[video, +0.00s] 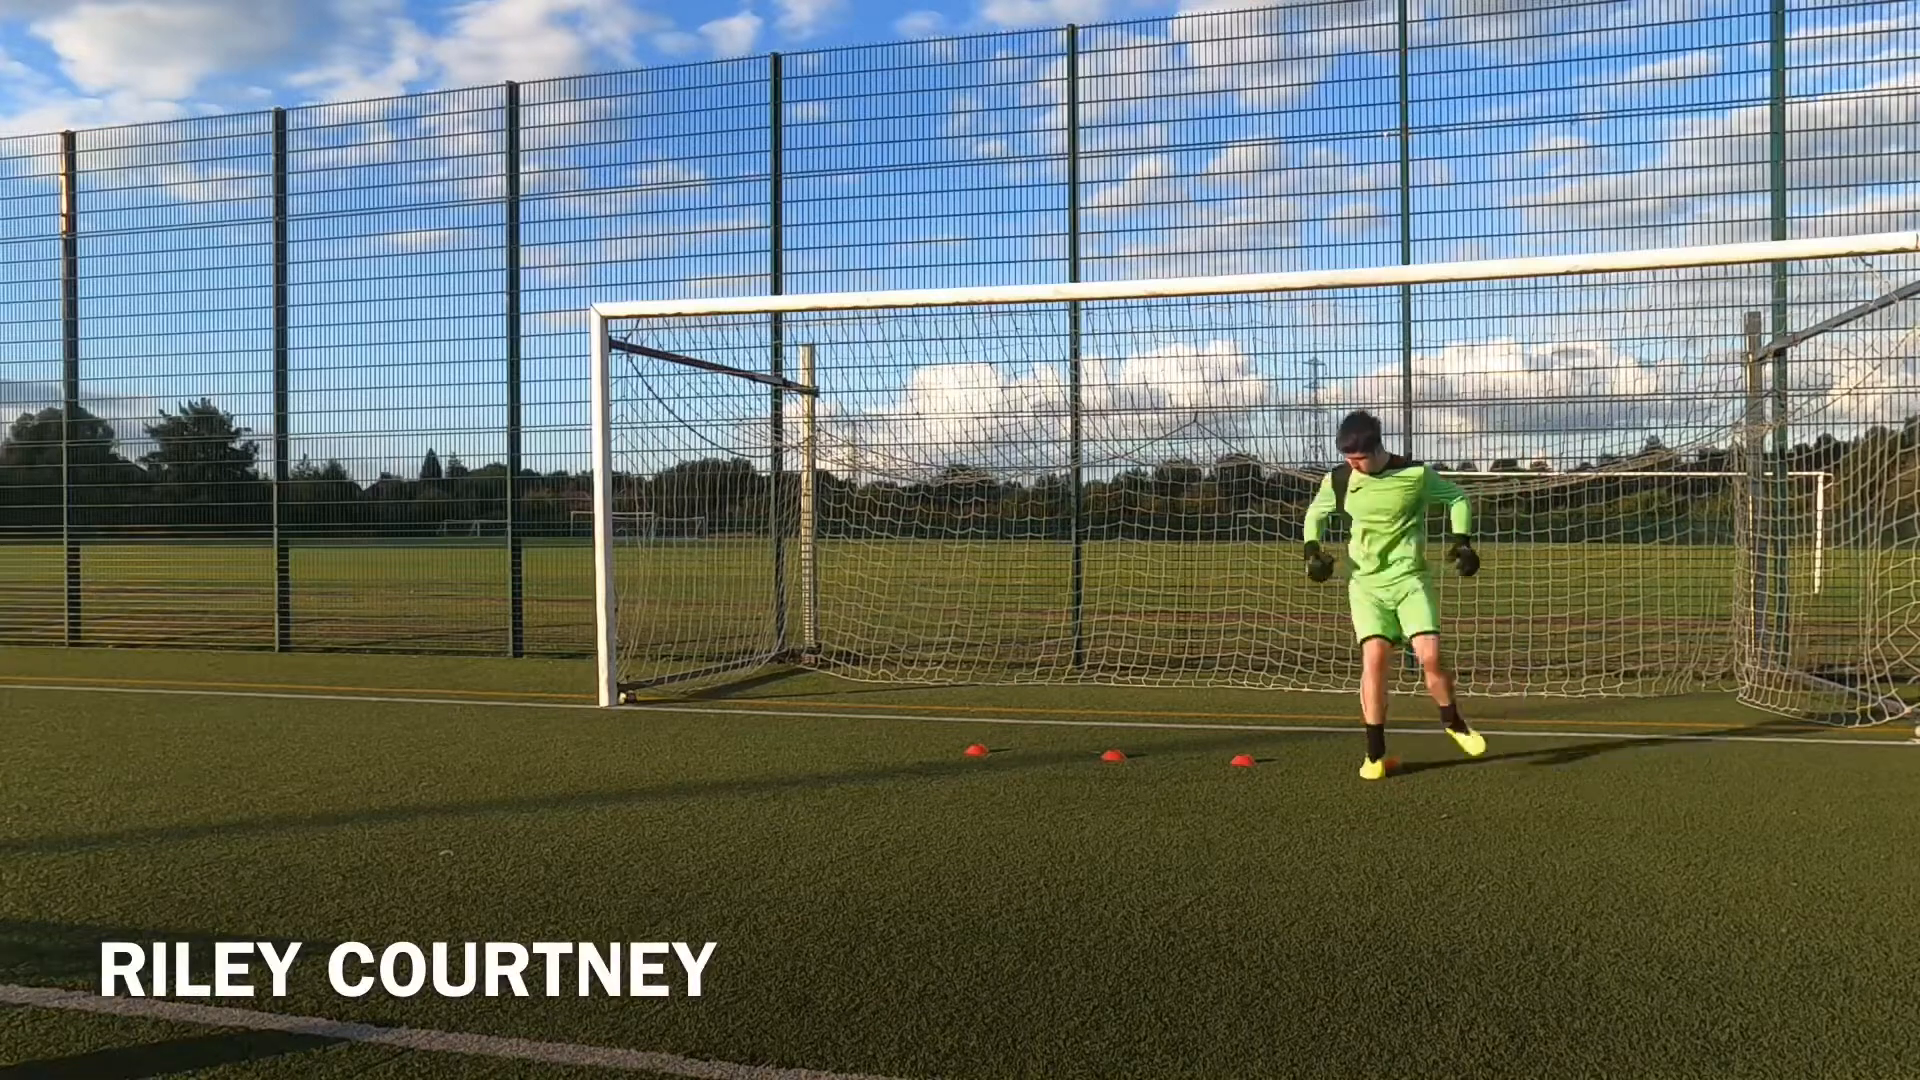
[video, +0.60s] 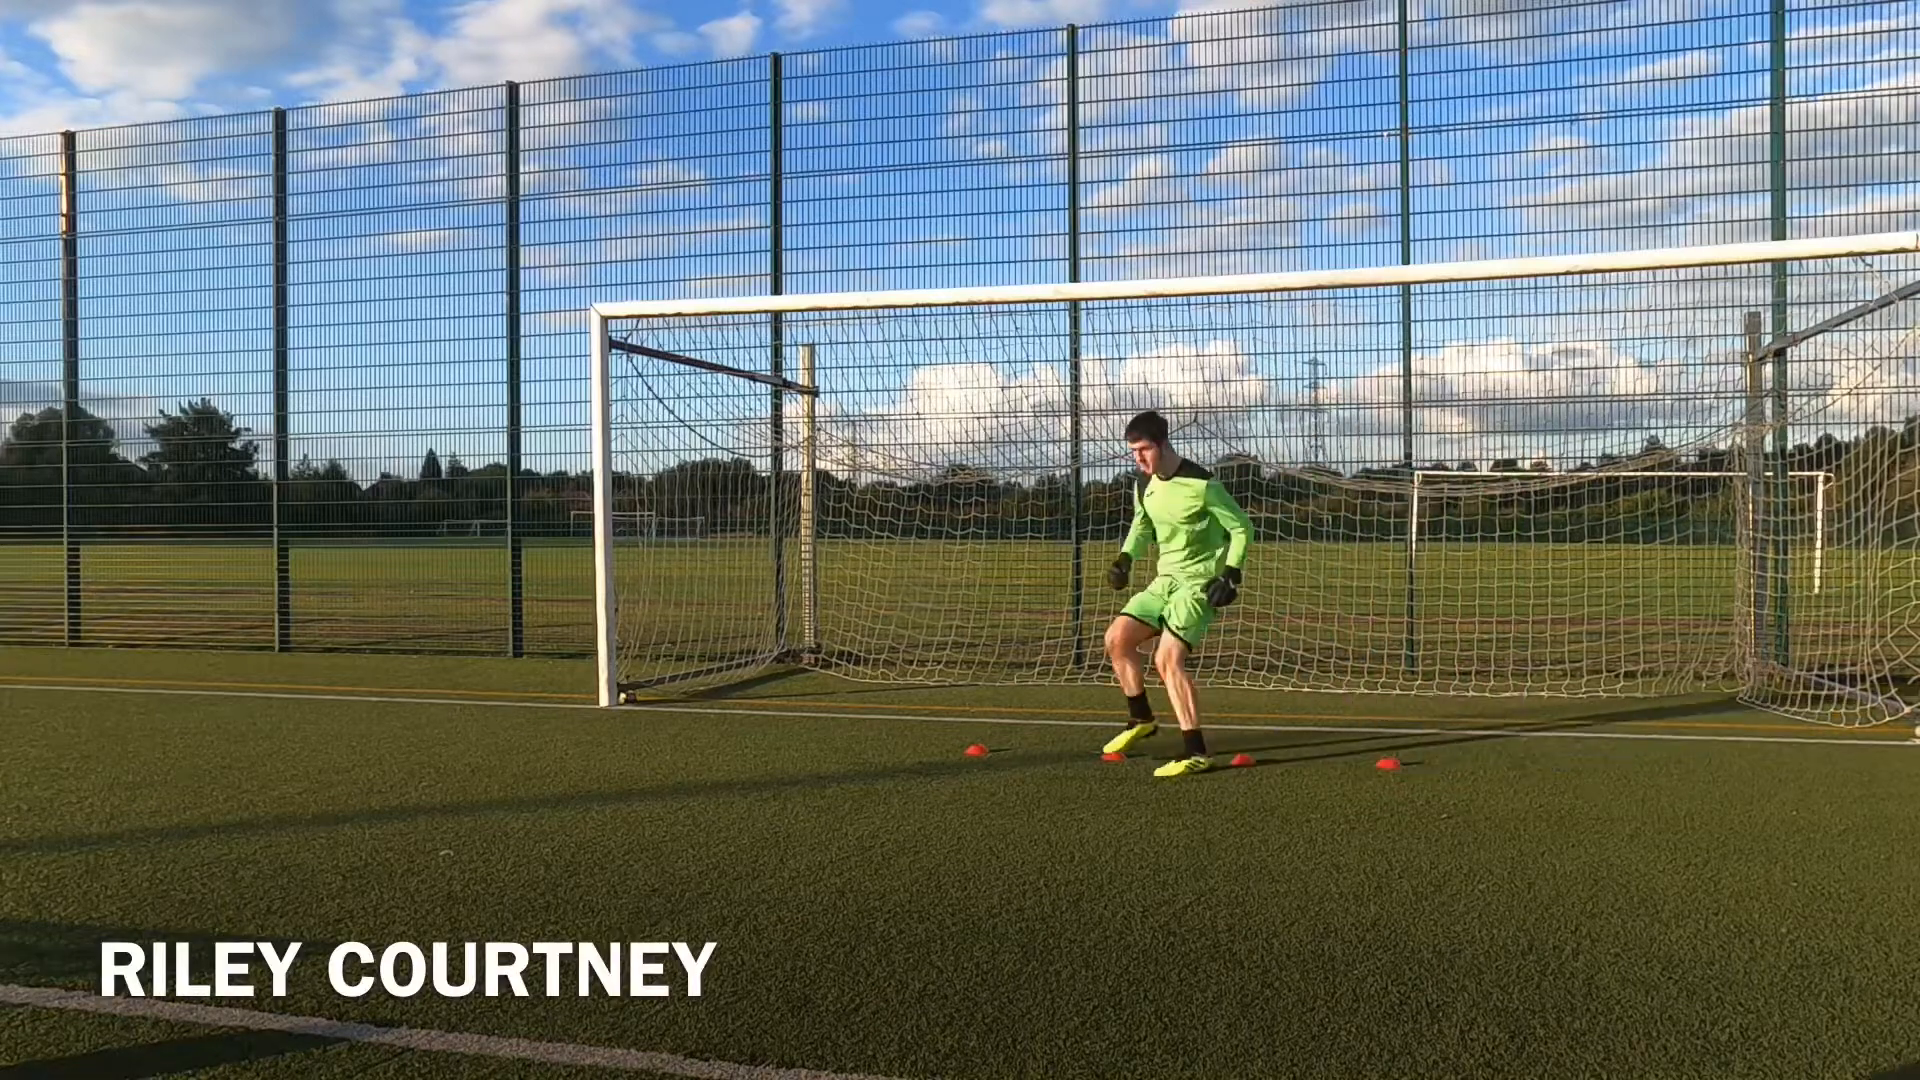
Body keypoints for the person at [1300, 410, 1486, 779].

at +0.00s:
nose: (1354, 463)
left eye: (1360, 456)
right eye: (1349, 456)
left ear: (1378, 447)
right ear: (1343, 452)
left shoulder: (1416, 476)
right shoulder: (1339, 480)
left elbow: (1457, 498)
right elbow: (1315, 514)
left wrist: (1461, 540)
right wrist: (1313, 548)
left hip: (1410, 581)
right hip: (1366, 585)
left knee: (1431, 655)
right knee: (1375, 654)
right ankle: (1375, 753)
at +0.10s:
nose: (1321, 466)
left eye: (1327, 459)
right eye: (1316, 459)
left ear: (1345, 448)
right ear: (1311, 455)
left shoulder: (1384, 476)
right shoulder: (1310, 479)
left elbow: (1429, 511)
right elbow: (1290, 515)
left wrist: (1423, 552)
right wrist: (1274, 546)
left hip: (1380, 573)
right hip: (1339, 576)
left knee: (1378, 649)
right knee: (1347, 649)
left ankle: (1382, 728)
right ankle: (1353, 742)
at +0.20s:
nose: (1286, 470)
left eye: (1292, 463)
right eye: (1281, 463)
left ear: (1312, 455)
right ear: (1278, 459)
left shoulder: (1349, 486)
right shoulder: (1280, 487)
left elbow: (1392, 522)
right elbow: (1269, 524)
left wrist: (1372, 554)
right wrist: (1253, 544)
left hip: (1351, 583)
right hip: (1308, 583)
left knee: (1346, 670)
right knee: (1292, 645)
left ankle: (1373, 742)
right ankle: (1302, 717)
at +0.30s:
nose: (1247, 464)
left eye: (1252, 457)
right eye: (1243, 458)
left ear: (1272, 446)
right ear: (1242, 455)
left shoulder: (1315, 483)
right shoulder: (1251, 480)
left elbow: (1352, 521)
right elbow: (1246, 516)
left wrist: (1334, 557)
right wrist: (1229, 546)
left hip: (1316, 589)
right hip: (1273, 586)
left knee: (1324, 669)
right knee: (1248, 658)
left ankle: (1368, 739)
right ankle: (1257, 721)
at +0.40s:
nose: (1206, 452)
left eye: (1210, 444)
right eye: (1202, 445)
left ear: (1231, 435)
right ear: (1204, 442)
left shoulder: (1274, 470)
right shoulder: (1213, 471)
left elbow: (1316, 500)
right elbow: (1209, 509)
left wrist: (1309, 546)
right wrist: (1199, 545)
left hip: (1273, 579)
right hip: (1235, 580)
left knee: (1264, 658)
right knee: (1235, 660)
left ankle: (1309, 700)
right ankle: (1253, 726)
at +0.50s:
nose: (1170, 455)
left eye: (1173, 447)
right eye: (1166, 449)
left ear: (1193, 436)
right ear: (1169, 443)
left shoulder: (1240, 467)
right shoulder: (1177, 472)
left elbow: (1281, 501)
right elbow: (1176, 510)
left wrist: (1274, 548)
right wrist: (1166, 545)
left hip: (1237, 568)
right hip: (1201, 569)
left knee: (1208, 637)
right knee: (1181, 651)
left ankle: (1218, 721)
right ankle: (1221, 703)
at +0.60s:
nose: (1139, 459)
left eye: (1144, 450)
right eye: (1134, 452)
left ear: (1163, 445)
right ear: (1132, 452)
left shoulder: (1202, 485)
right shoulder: (1147, 485)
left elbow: (1241, 528)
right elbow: (1143, 525)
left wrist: (1232, 575)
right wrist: (1125, 558)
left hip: (1199, 584)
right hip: (1165, 581)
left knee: (1168, 660)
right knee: (1117, 639)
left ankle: (1197, 753)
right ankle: (1141, 720)